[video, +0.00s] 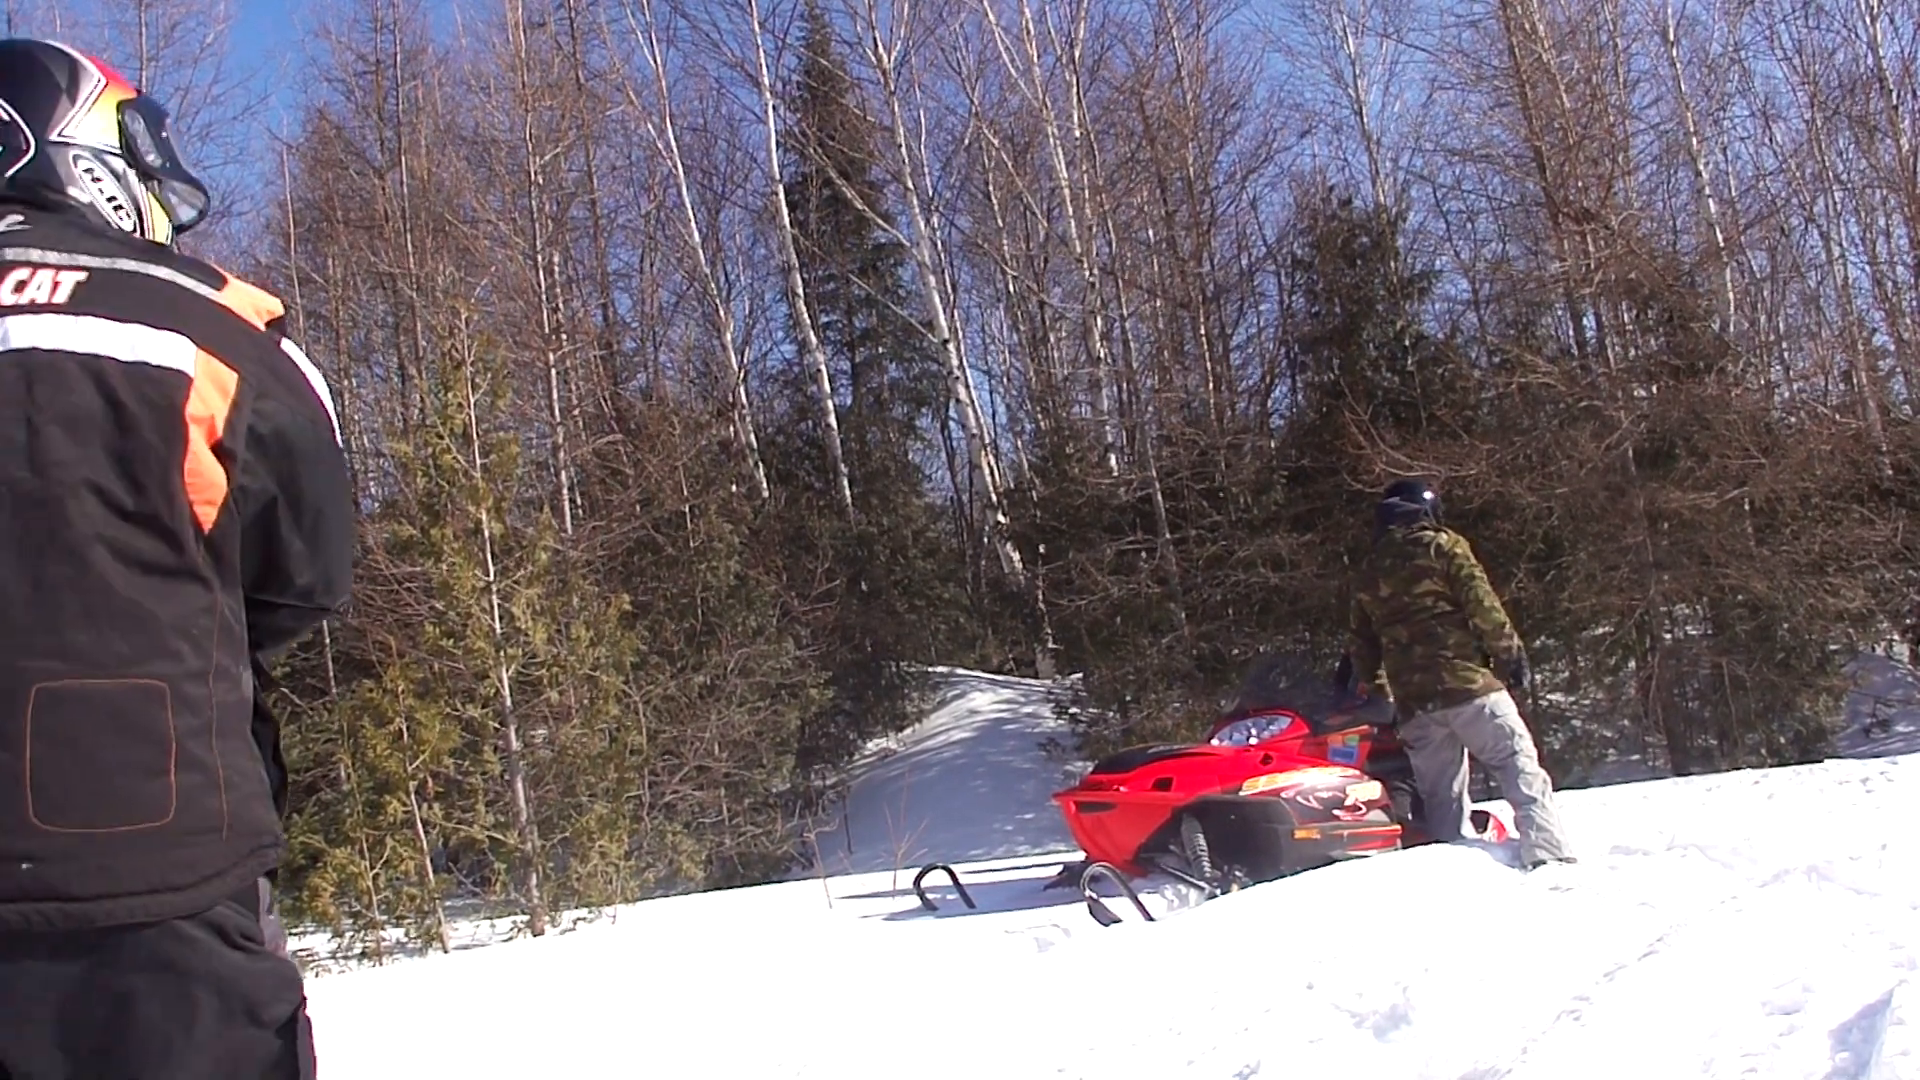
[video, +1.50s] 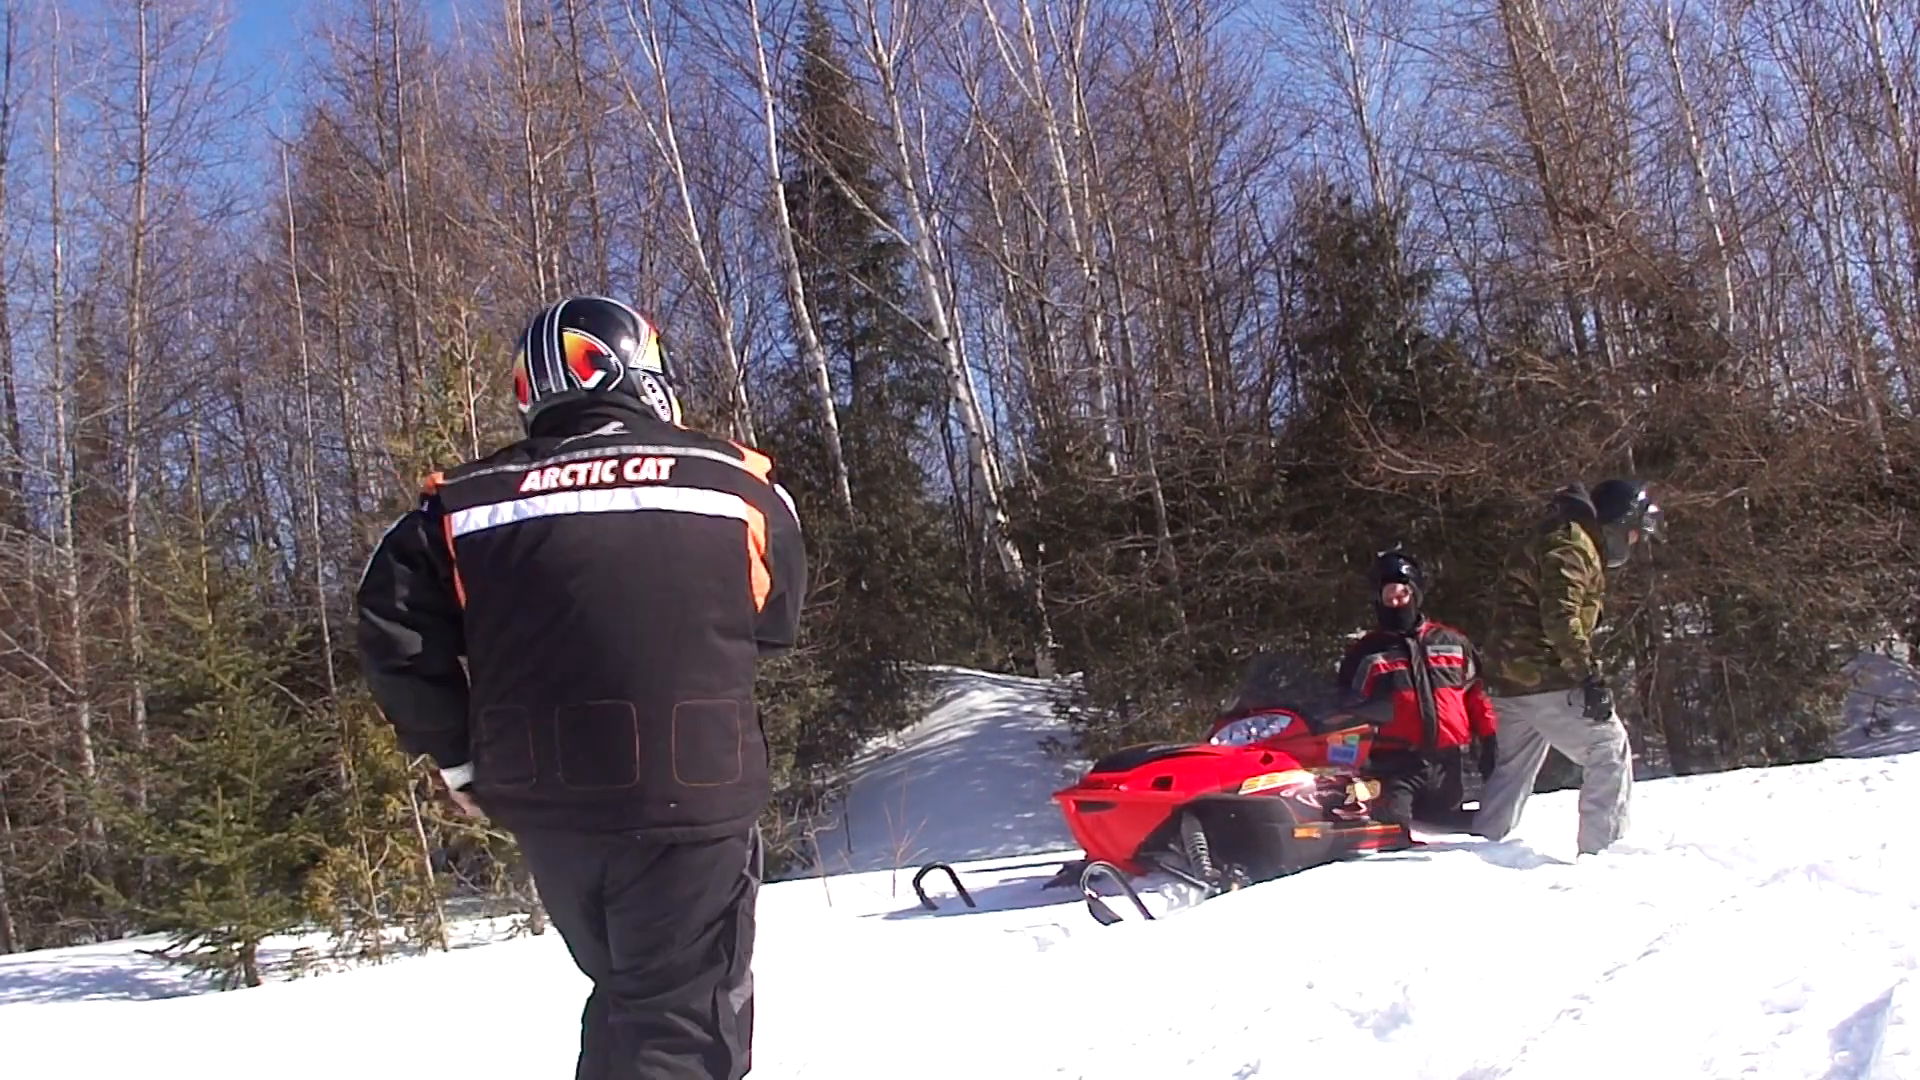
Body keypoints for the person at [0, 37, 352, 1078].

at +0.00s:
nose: (180, 190)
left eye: (166, 156)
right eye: (153, 154)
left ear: (19, 164)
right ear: (101, 157)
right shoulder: (219, 323)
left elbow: (304, 579)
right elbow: (308, 579)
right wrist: (182, 642)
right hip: (161, 940)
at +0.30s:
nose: (294, 228)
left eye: (285, 207)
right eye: (280, 205)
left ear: (79, 219)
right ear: (250, 209)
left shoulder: (13, 339)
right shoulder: (357, 349)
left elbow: (16, 568)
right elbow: (403, 577)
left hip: (56, 846)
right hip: (267, 839)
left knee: (183, 1059)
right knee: (265, 1059)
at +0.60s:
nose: (355, 286)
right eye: (342, 268)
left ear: (167, 286)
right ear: (318, 272)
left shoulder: (63, 415)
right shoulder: (427, 403)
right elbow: (475, 596)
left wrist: (36, 728)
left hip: (173, 822)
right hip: (366, 814)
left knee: (263, 1059)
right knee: (375, 1057)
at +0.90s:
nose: (457, 319)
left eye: (450, 299)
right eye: (443, 297)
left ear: (286, 311)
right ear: (415, 300)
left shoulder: (181, 428)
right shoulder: (500, 420)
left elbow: (68, 550)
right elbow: (557, 603)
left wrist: (149, 712)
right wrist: (477, 674)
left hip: (260, 818)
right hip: (451, 805)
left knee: (324, 1057)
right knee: (538, 1049)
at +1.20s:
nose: (588, 375)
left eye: (581, 357)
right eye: (578, 356)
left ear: (427, 377)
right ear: (556, 363)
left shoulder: (341, 494)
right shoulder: (642, 479)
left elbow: (256, 627)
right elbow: (698, 646)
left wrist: (330, 753)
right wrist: (611, 701)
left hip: (426, 849)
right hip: (601, 845)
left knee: (443, 1047)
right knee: (648, 1050)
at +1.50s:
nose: (670, 382)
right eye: (662, 368)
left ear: (529, 388)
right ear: (645, 374)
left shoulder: (461, 498)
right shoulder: (737, 485)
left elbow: (391, 629)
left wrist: (455, 754)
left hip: (543, 812)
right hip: (694, 807)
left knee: (623, 1002)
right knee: (675, 1027)